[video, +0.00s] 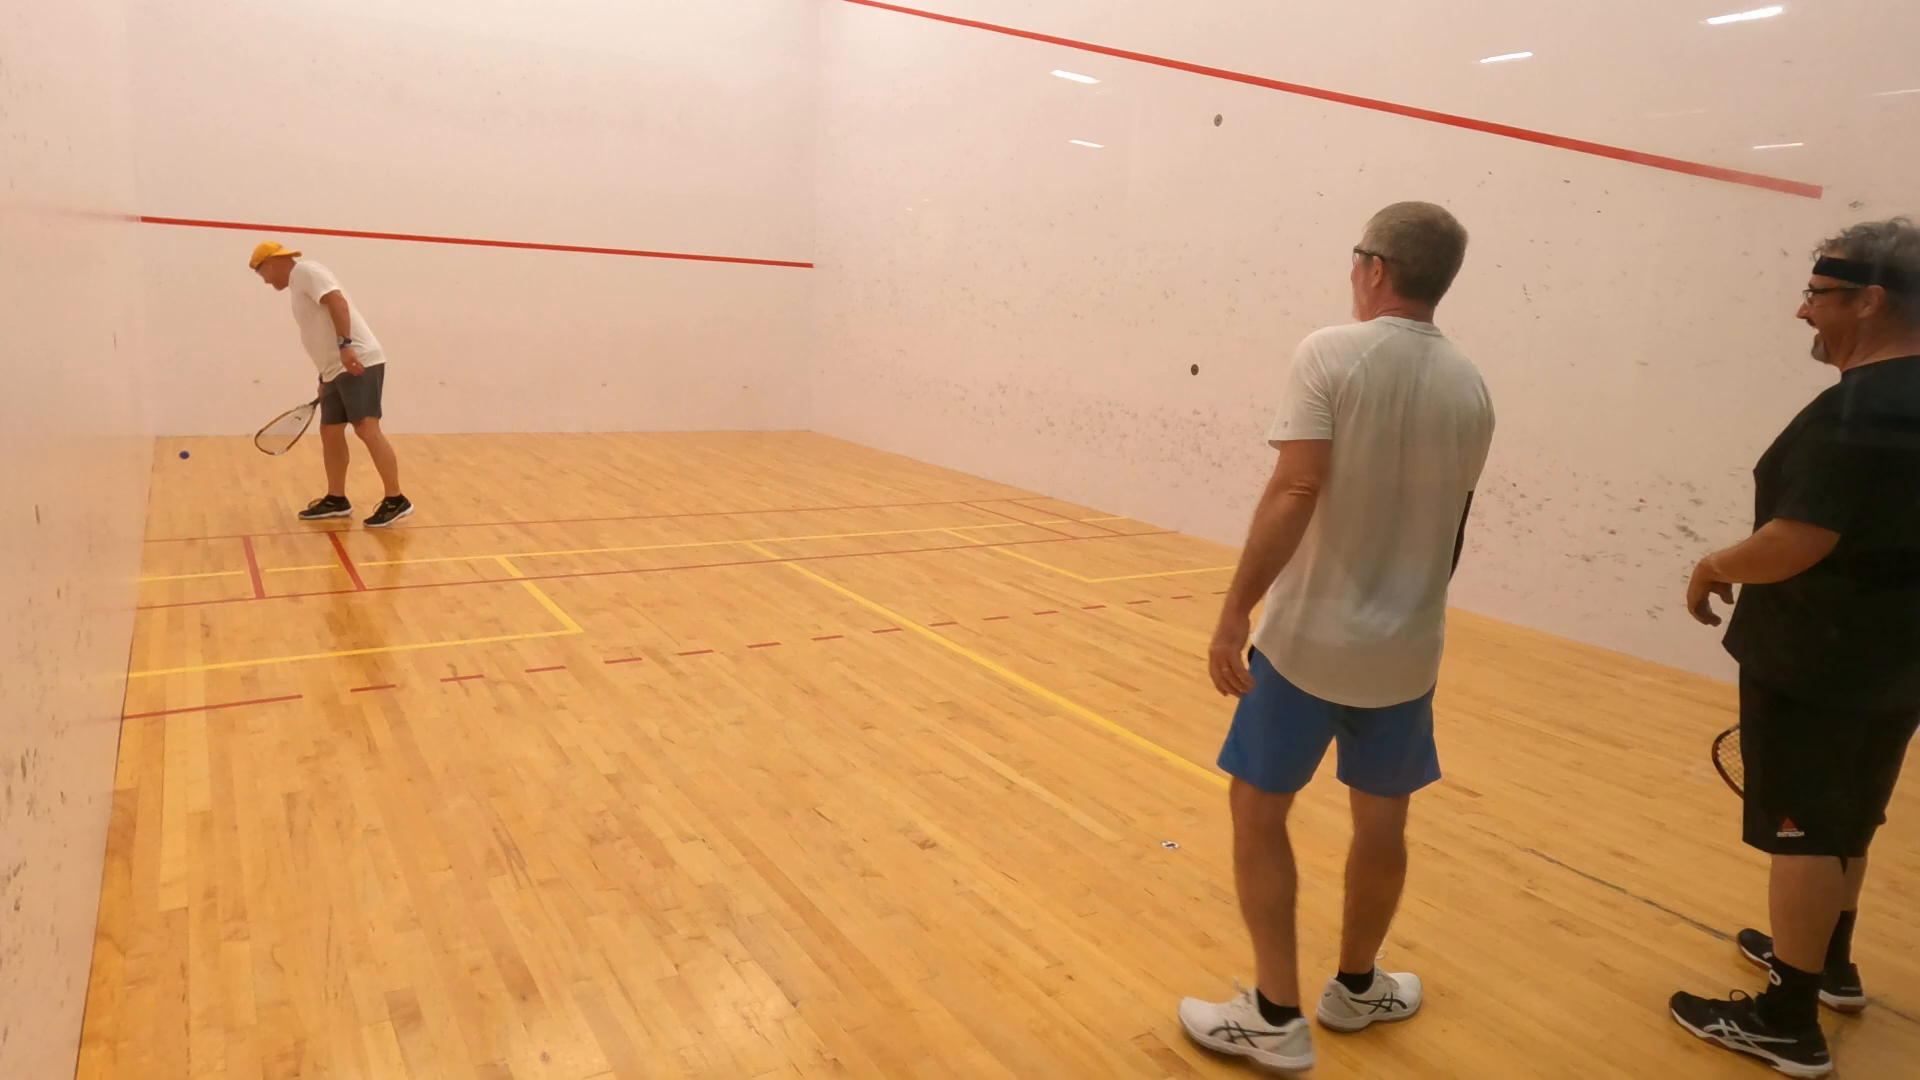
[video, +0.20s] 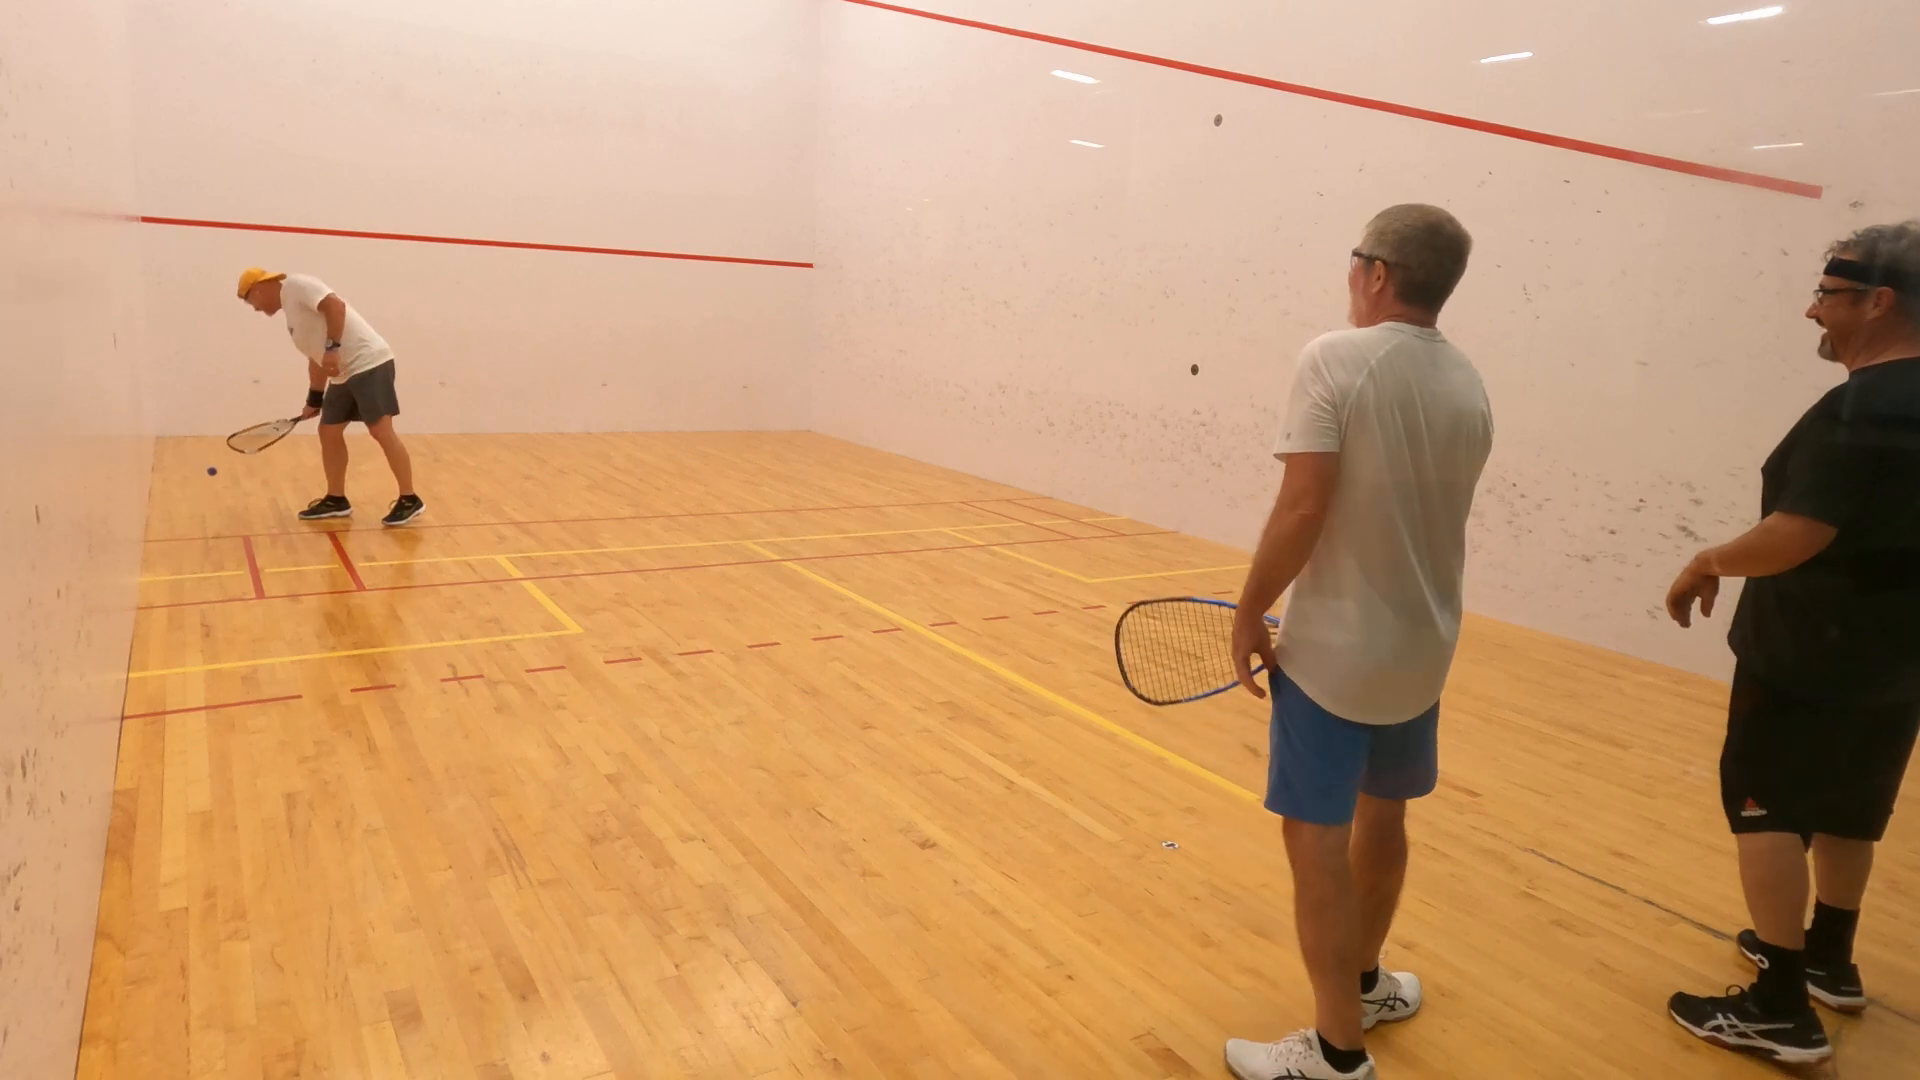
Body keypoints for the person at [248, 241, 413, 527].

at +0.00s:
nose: (264, 280)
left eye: (261, 272)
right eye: (260, 275)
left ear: (274, 263)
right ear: (274, 265)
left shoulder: (306, 271)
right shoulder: (297, 290)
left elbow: (338, 303)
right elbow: (322, 334)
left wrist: (345, 345)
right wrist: (324, 375)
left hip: (357, 361)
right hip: (334, 371)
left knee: (367, 428)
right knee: (330, 430)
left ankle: (395, 498)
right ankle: (336, 499)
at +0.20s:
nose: (253, 307)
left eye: (250, 298)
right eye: (248, 303)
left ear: (261, 286)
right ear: (261, 290)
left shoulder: (294, 285)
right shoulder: (293, 319)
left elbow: (335, 305)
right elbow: (317, 357)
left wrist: (332, 348)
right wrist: (314, 400)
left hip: (369, 363)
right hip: (342, 376)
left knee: (381, 429)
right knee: (329, 431)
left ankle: (409, 498)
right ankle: (336, 499)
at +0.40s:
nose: (260, 333)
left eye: (256, 325)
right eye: (255, 329)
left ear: (267, 310)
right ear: (267, 315)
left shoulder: (303, 302)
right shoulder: (299, 345)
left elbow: (346, 316)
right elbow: (315, 385)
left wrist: (335, 356)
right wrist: (313, 427)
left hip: (386, 367)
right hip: (357, 382)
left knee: (399, 433)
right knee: (332, 432)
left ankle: (434, 496)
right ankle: (336, 500)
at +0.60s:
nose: (288, 315)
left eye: (286, 307)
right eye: (283, 311)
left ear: (301, 295)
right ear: (299, 299)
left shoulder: (343, 297)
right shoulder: (319, 333)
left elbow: (377, 327)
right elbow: (337, 378)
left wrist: (346, 356)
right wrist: (334, 419)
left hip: (407, 375)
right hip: (372, 384)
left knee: (424, 439)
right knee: (342, 433)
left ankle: (444, 500)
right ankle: (337, 500)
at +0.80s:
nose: (352, 281)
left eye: (353, 273)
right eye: (348, 276)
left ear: (371, 265)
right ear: (355, 273)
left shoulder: (409, 289)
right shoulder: (364, 304)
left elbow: (404, 332)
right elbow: (371, 350)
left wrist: (359, 350)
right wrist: (366, 387)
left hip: (433, 380)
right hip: (393, 384)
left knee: (445, 444)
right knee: (370, 439)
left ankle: (448, 502)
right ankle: (351, 497)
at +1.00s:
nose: (409, 264)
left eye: (414, 257)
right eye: (403, 258)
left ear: (428, 254)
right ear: (398, 258)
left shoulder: (451, 286)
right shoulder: (397, 288)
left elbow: (454, 334)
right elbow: (392, 328)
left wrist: (422, 360)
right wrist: (387, 366)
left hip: (455, 380)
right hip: (416, 379)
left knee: (457, 442)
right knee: (408, 439)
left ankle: (450, 501)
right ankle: (411, 500)